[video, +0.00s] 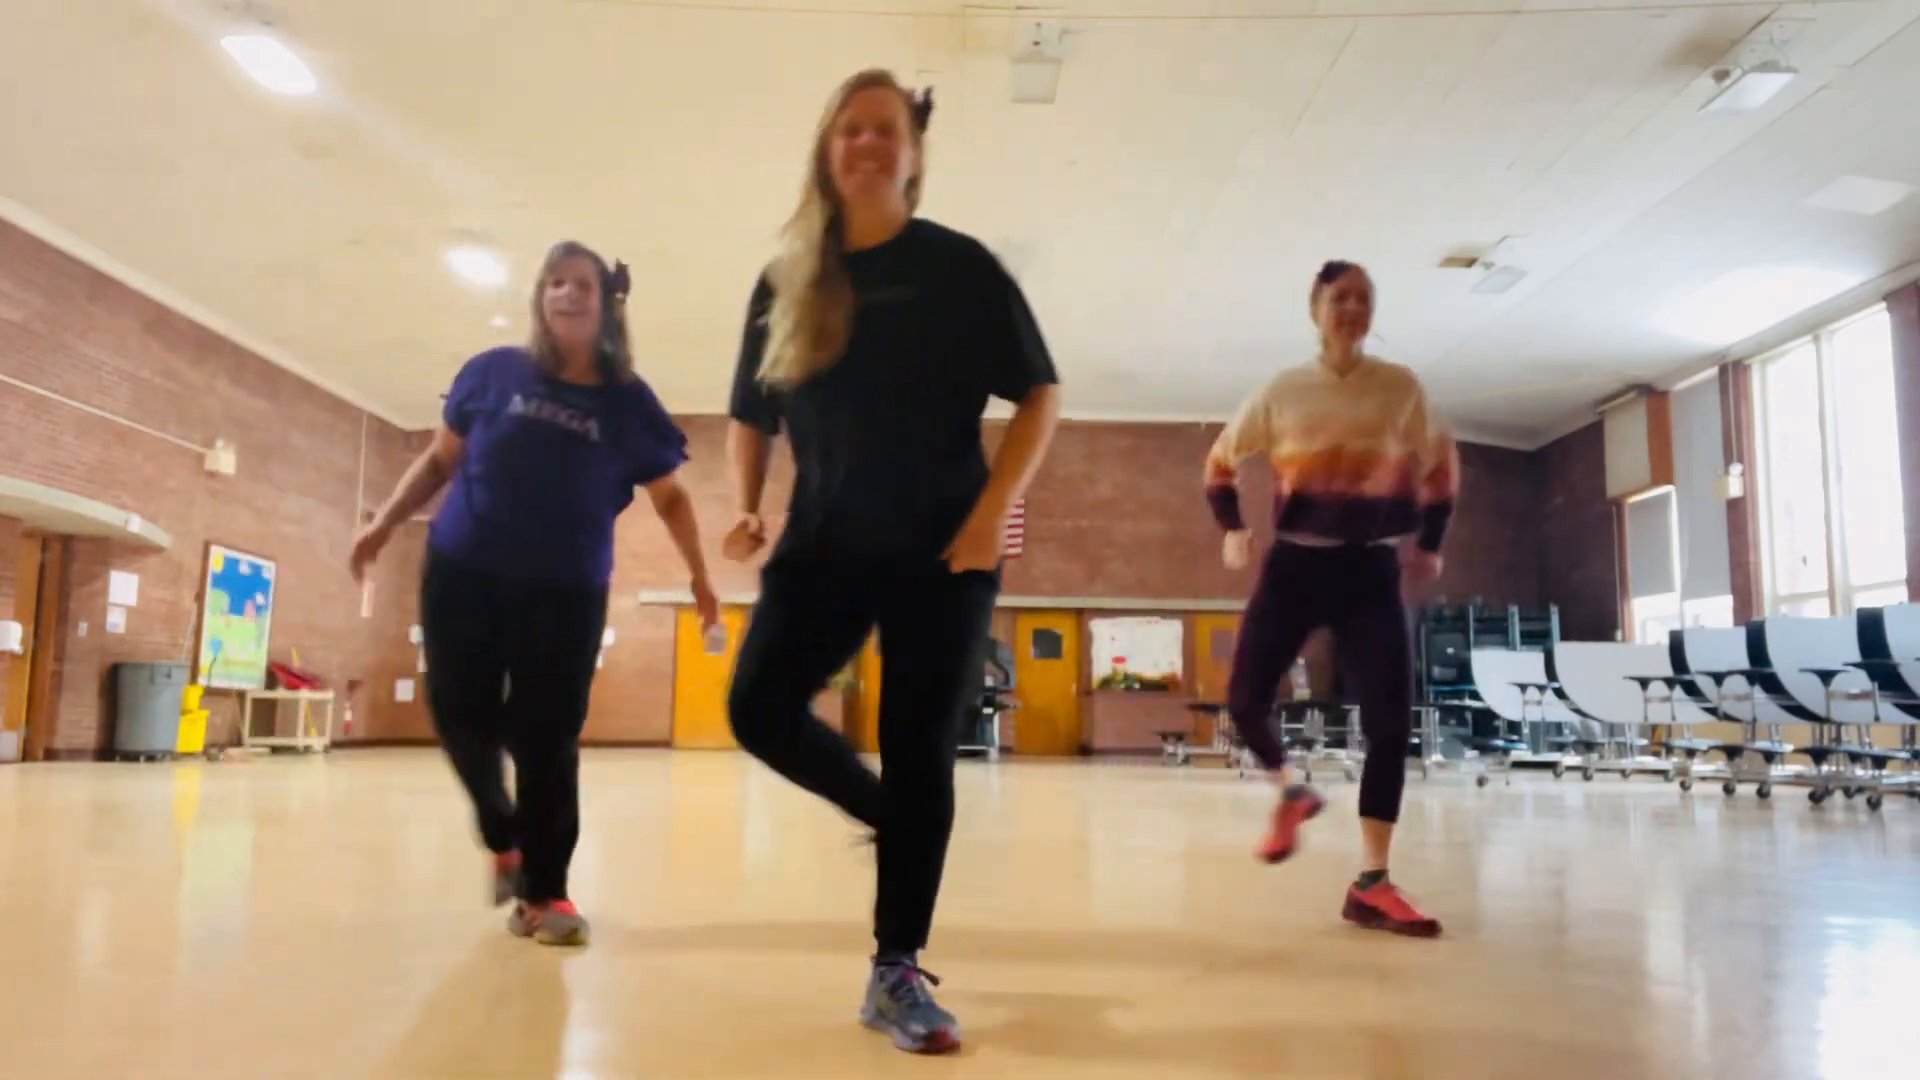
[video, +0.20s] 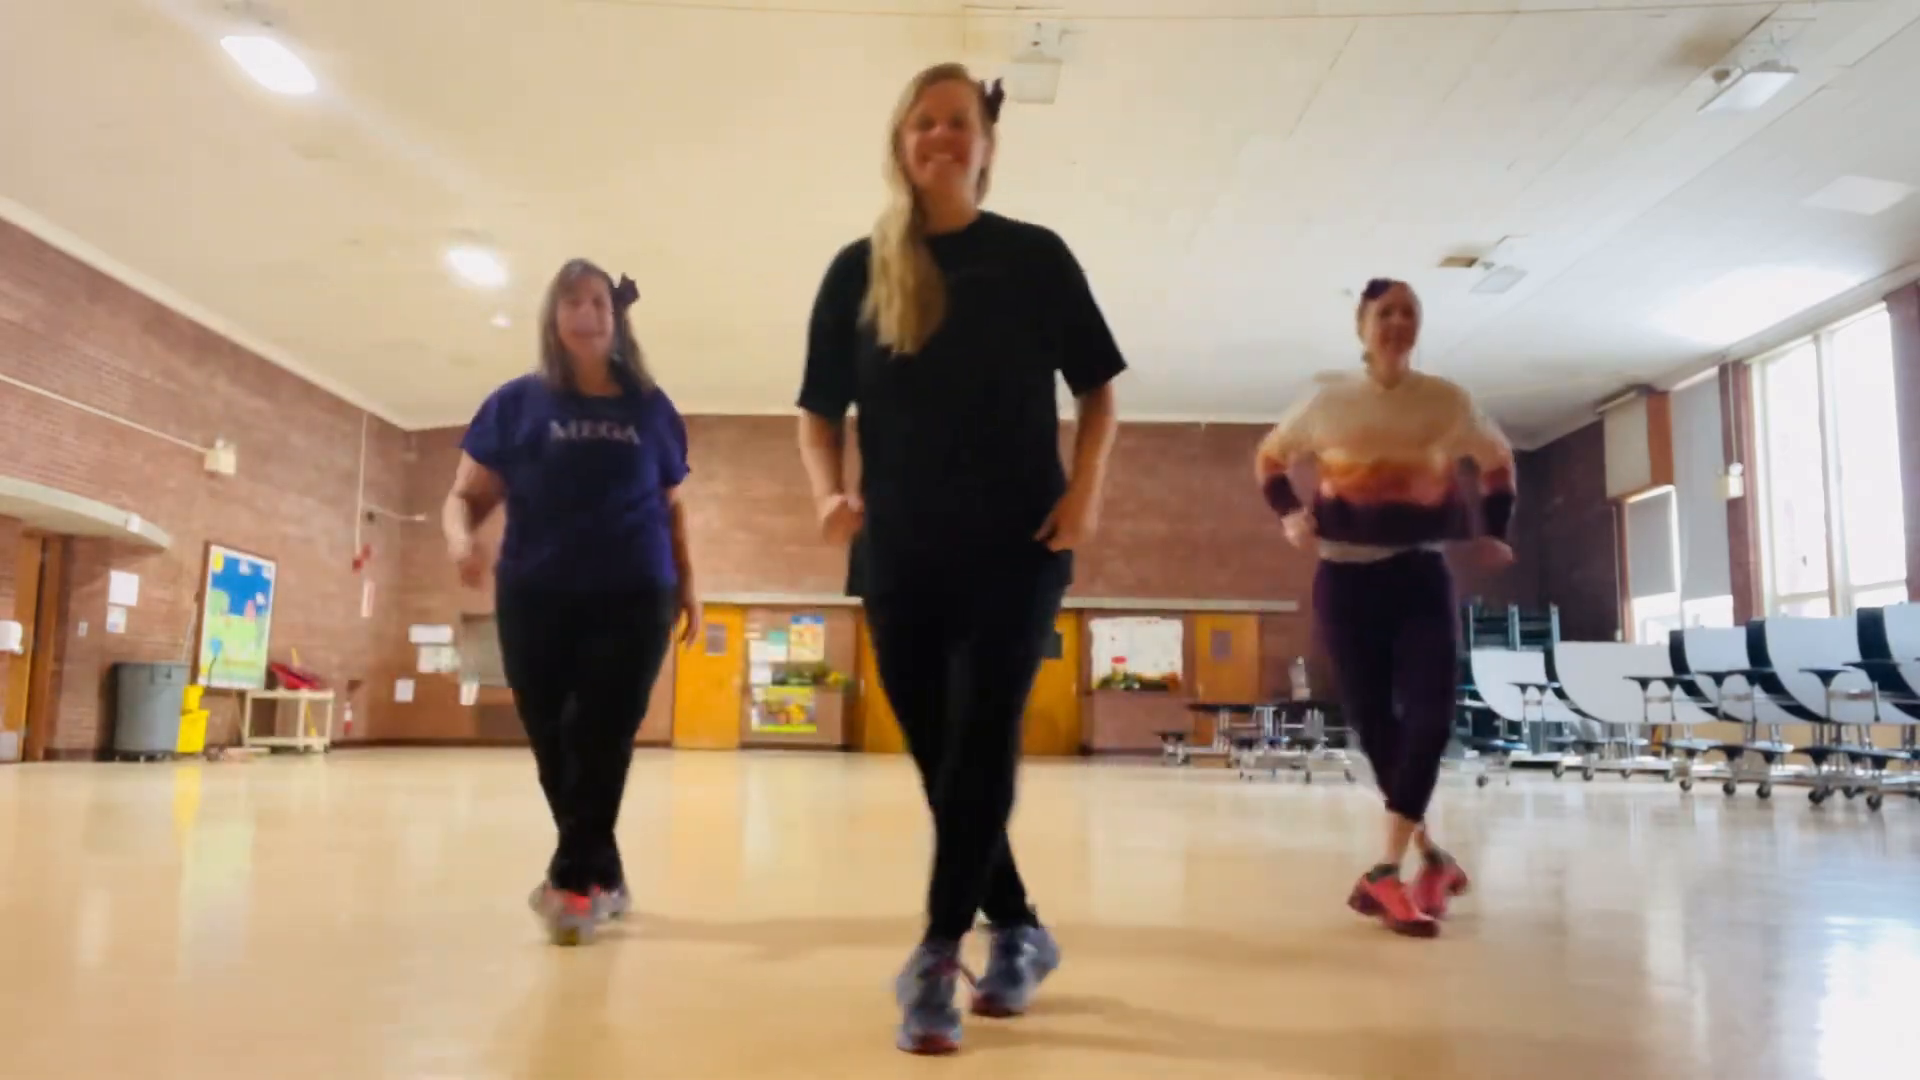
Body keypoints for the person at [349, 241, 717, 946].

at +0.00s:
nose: (568, 294)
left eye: (583, 286)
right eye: (557, 283)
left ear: (606, 306)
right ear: (538, 299)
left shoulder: (627, 402)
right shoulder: (493, 373)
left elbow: (671, 499)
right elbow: (439, 460)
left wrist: (700, 577)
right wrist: (381, 524)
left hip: (562, 592)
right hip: (465, 578)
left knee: (548, 741)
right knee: (460, 719)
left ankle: (544, 894)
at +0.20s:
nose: (589, 312)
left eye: (599, 302)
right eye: (575, 301)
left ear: (617, 316)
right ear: (552, 316)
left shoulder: (651, 408)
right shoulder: (516, 403)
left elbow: (672, 504)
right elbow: (465, 496)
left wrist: (685, 585)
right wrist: (462, 539)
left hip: (631, 593)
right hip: (537, 594)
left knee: (600, 735)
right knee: (554, 742)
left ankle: (567, 883)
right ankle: (603, 877)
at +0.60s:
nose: (648, 312)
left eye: (657, 301)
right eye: (633, 305)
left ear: (677, 315)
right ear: (613, 324)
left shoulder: (719, 400)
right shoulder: (586, 409)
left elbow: (758, 491)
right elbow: (549, 506)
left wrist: (727, 497)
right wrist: (580, 492)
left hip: (708, 591)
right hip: (610, 592)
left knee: (720, 735)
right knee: (594, 739)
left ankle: (768, 878)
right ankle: (598, 879)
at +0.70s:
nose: (677, 314)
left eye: (687, 303)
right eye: (662, 308)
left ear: (710, 317)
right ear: (647, 327)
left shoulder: (747, 407)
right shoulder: (623, 411)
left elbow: (793, 497)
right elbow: (581, 502)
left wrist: (774, 507)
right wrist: (603, 517)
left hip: (726, 595)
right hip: (631, 593)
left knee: (734, 736)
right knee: (604, 735)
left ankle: (772, 882)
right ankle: (598, 880)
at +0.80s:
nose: (703, 306)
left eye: (716, 297)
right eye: (691, 299)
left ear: (740, 314)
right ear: (676, 318)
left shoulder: (776, 404)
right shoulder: (650, 401)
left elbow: (821, 486)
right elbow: (592, 489)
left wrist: (803, 425)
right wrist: (602, 422)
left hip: (746, 589)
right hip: (650, 583)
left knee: (743, 735)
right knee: (611, 725)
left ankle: (773, 884)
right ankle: (604, 872)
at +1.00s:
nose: (732, 305)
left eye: (745, 295)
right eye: (721, 297)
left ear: (770, 314)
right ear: (709, 316)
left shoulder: (797, 395)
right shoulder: (680, 388)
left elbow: (827, 467)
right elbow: (628, 455)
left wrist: (829, 381)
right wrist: (638, 367)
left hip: (760, 587)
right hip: (668, 578)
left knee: (749, 732)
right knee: (648, 719)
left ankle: (773, 880)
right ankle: (676, 851)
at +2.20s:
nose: (515, 300)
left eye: (531, 291)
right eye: (507, 288)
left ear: (560, 312)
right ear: (490, 304)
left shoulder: (585, 410)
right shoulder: (447, 385)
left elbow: (616, 507)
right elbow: (407, 471)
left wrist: (572, 496)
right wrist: (385, 461)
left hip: (529, 597)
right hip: (432, 580)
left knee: (498, 736)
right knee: (409, 720)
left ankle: (490, 879)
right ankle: (431, 875)